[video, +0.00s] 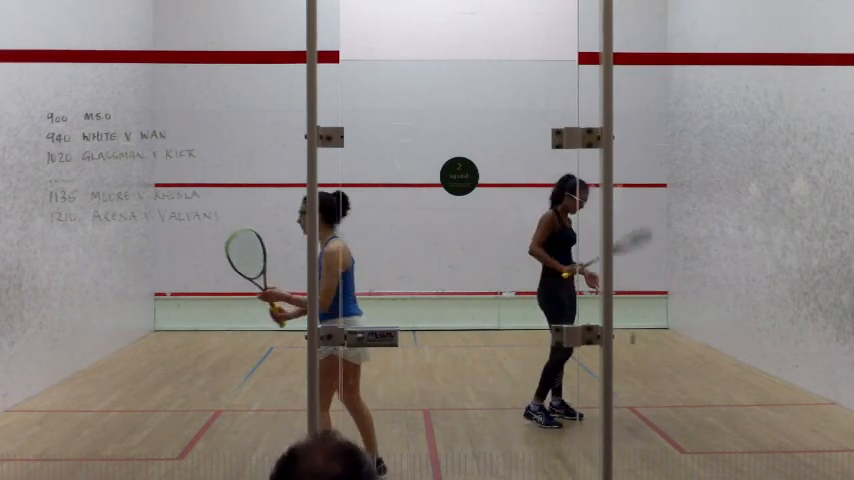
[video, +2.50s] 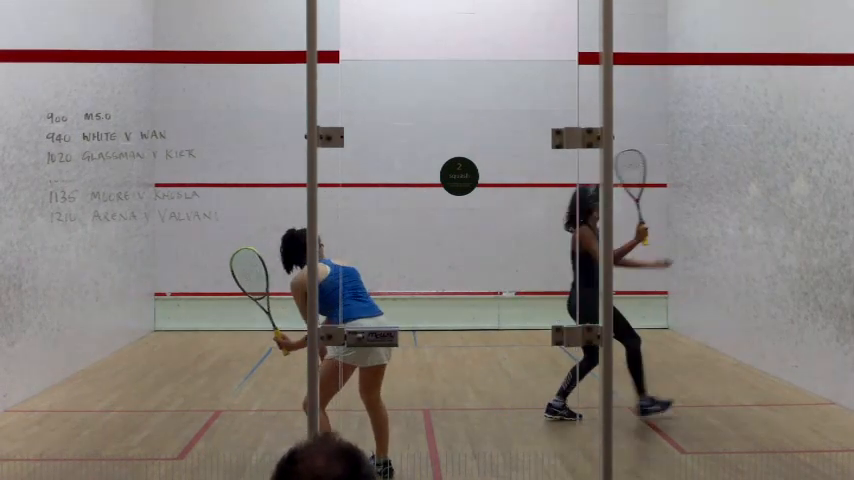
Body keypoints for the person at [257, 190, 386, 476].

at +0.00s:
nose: (299, 220)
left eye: (303, 214)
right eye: (300, 214)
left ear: (318, 217)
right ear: (327, 218)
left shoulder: (332, 251)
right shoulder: (335, 249)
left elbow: (322, 302)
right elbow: (319, 300)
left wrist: (283, 296)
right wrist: (289, 314)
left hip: (335, 334)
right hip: (351, 331)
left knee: (320, 403)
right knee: (351, 396)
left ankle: (325, 463)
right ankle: (374, 459)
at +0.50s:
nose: (304, 256)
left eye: (304, 250)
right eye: (334, 238)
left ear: (305, 248)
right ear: (332, 241)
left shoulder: (320, 270)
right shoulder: (354, 261)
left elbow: (334, 318)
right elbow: (355, 309)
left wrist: (324, 341)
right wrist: (327, 335)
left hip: (364, 340)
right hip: (391, 335)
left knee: (328, 402)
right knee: (373, 397)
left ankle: (329, 465)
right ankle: (384, 461)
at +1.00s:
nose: (335, 248)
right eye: (334, 245)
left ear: (304, 251)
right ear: (331, 247)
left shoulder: (309, 273)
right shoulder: (355, 267)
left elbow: (313, 319)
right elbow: (355, 313)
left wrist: (316, 346)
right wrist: (326, 344)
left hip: (353, 335)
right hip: (384, 332)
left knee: (318, 404)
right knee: (373, 397)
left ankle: (325, 464)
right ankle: (385, 461)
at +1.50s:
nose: (331, 246)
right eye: (329, 243)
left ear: (299, 250)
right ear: (326, 244)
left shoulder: (303, 273)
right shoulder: (349, 264)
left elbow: (308, 319)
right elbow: (350, 308)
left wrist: (307, 341)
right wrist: (314, 337)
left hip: (344, 335)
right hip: (378, 330)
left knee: (312, 404)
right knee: (371, 396)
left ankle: (324, 463)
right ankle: (382, 461)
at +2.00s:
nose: (330, 245)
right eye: (329, 242)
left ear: (300, 251)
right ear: (326, 244)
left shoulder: (306, 273)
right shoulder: (351, 262)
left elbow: (314, 320)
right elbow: (352, 312)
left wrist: (321, 354)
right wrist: (316, 342)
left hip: (352, 332)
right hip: (384, 328)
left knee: (322, 403)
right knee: (374, 395)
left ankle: (325, 463)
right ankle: (382, 461)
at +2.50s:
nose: (324, 245)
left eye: (321, 241)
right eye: (320, 242)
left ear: (294, 256)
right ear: (317, 247)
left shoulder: (300, 281)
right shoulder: (343, 267)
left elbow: (315, 327)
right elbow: (337, 317)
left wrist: (323, 355)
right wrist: (295, 344)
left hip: (350, 337)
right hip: (381, 331)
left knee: (313, 404)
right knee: (372, 396)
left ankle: (335, 462)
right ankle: (383, 461)